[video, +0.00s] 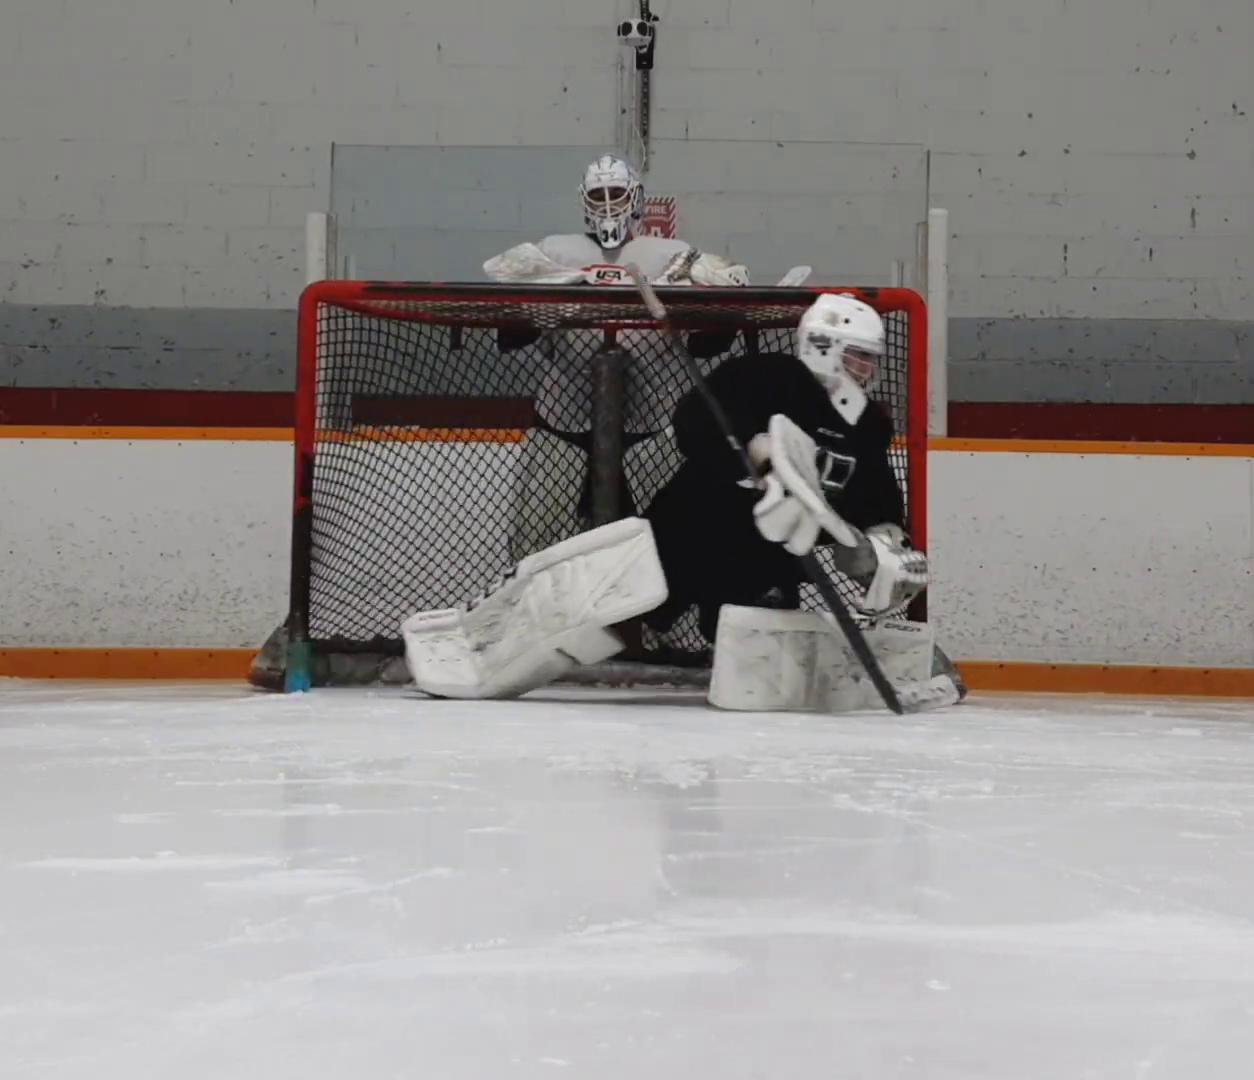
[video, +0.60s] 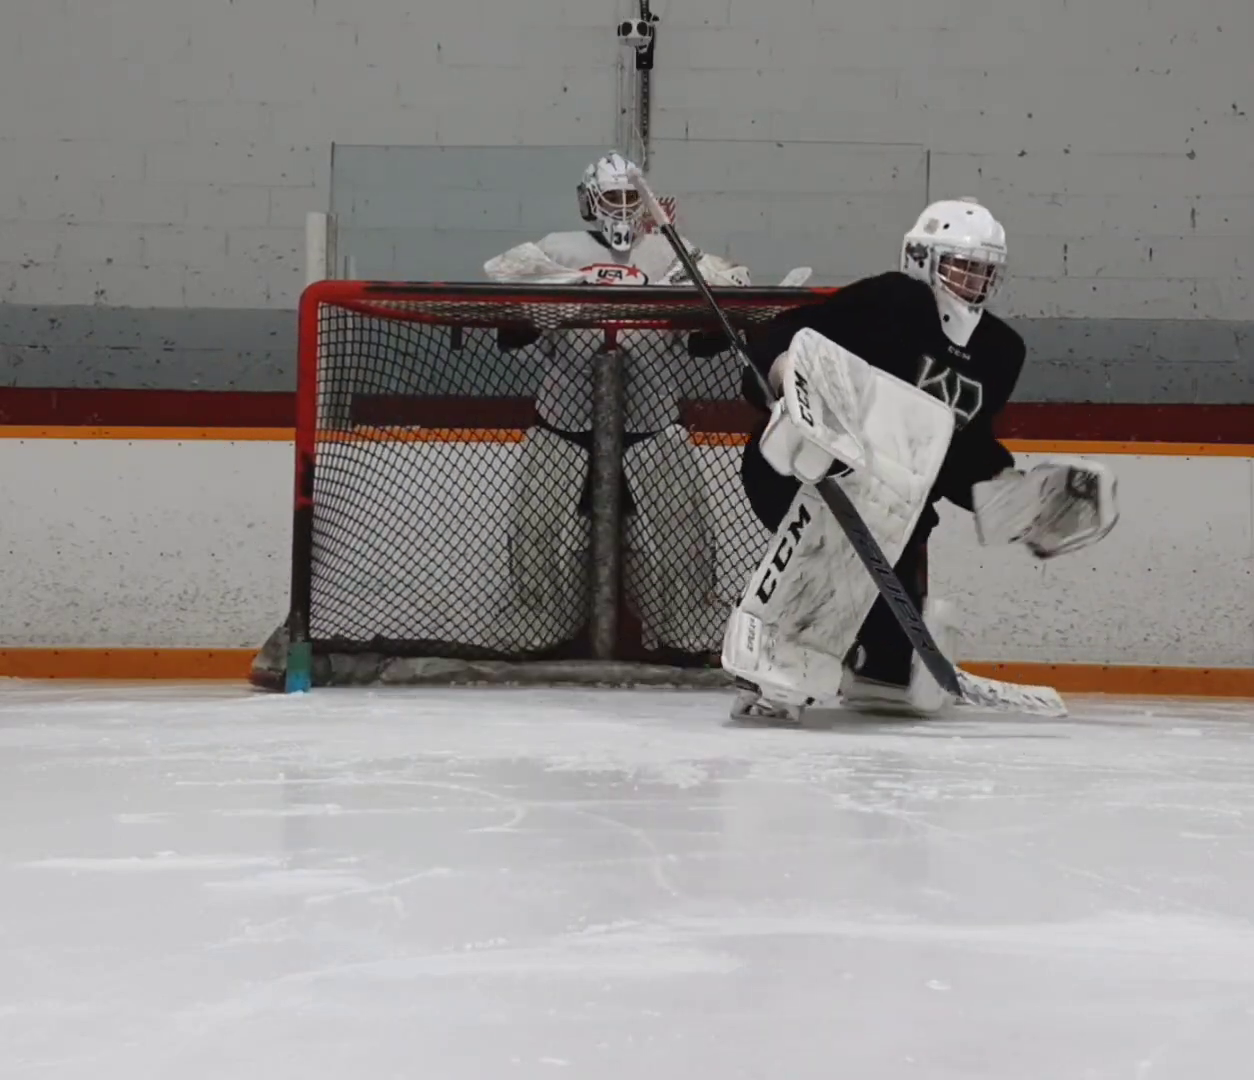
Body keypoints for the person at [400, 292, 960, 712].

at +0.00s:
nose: (866, 372)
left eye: (872, 362)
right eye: (857, 359)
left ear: (870, 364)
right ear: (818, 348)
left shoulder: (867, 426)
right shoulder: (765, 376)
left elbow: (883, 508)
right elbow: (692, 416)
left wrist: (876, 536)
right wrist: (753, 453)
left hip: (782, 566)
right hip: (695, 539)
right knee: (587, 610)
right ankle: (479, 652)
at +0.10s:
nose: (925, 368)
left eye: (930, 357)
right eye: (915, 354)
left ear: (929, 358)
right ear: (878, 346)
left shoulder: (924, 430)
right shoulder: (826, 373)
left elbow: (900, 514)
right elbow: (752, 422)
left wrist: (914, 571)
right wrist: (804, 460)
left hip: (821, 567)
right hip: (748, 534)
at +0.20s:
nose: (970, 372)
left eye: (977, 362)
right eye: (961, 358)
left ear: (980, 364)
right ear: (923, 349)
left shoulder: (961, 435)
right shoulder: (874, 376)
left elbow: (919, 516)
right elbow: (791, 421)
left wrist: (911, 565)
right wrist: (833, 455)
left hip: (846, 552)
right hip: (775, 524)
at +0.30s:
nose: (982, 368)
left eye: (992, 361)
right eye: (974, 354)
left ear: (1002, 367)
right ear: (941, 344)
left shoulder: (977, 431)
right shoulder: (901, 372)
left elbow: (933, 518)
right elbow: (808, 409)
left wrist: (917, 560)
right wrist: (847, 449)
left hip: (860, 550)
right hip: (784, 523)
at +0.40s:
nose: (988, 355)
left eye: (999, 347)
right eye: (979, 340)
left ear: (1008, 351)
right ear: (945, 330)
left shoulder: (989, 419)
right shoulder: (901, 362)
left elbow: (938, 503)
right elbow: (788, 391)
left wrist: (938, 563)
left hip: (869, 530)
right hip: (786, 503)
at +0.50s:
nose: (980, 324)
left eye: (990, 315)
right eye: (969, 310)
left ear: (1001, 318)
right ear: (934, 301)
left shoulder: (997, 389)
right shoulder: (895, 338)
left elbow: (950, 467)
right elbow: (778, 359)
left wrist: (981, 526)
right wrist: (778, 387)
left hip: (878, 515)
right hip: (786, 482)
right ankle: (752, 671)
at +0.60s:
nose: (974, 282)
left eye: (985, 272)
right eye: (961, 267)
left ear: (996, 276)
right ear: (925, 261)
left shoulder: (1000, 349)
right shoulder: (889, 300)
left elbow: (965, 449)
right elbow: (777, 337)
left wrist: (1024, 502)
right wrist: (789, 373)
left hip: (897, 498)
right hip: (799, 463)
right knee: (832, 545)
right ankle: (776, 679)